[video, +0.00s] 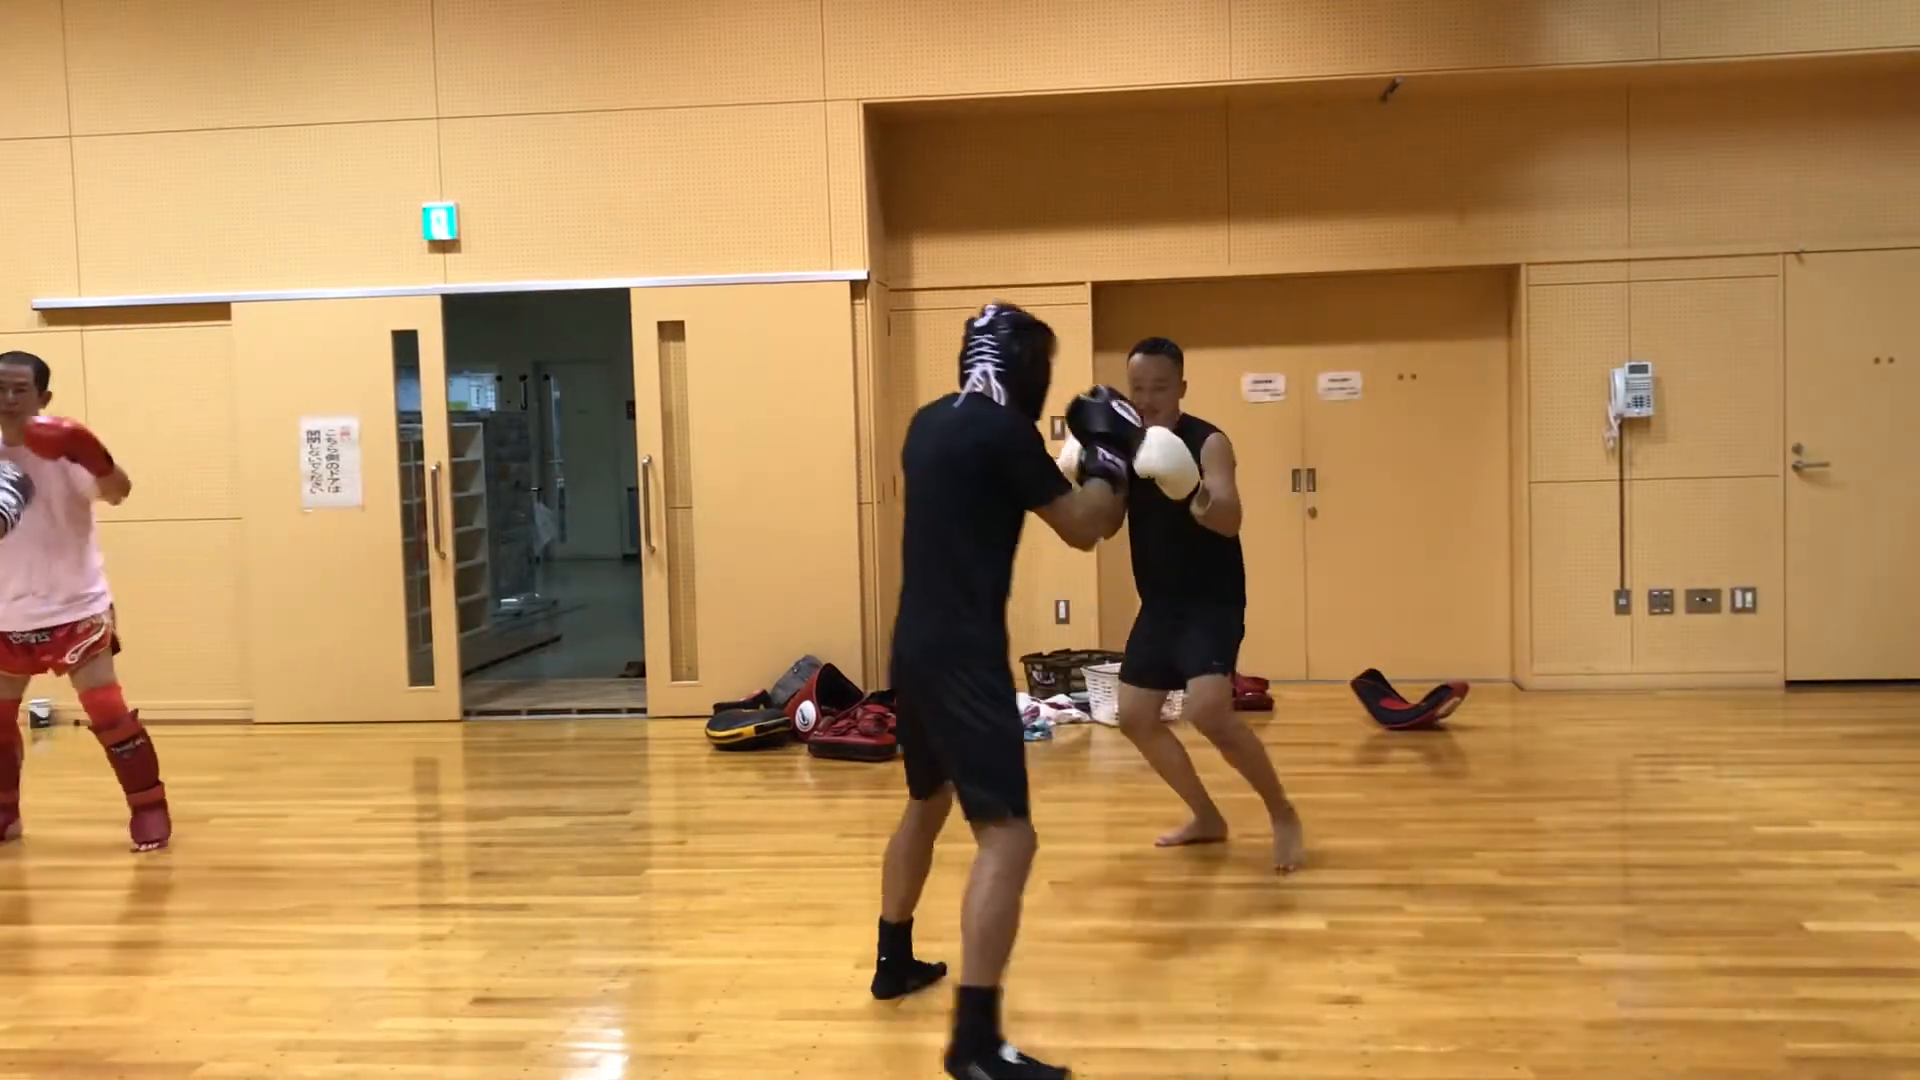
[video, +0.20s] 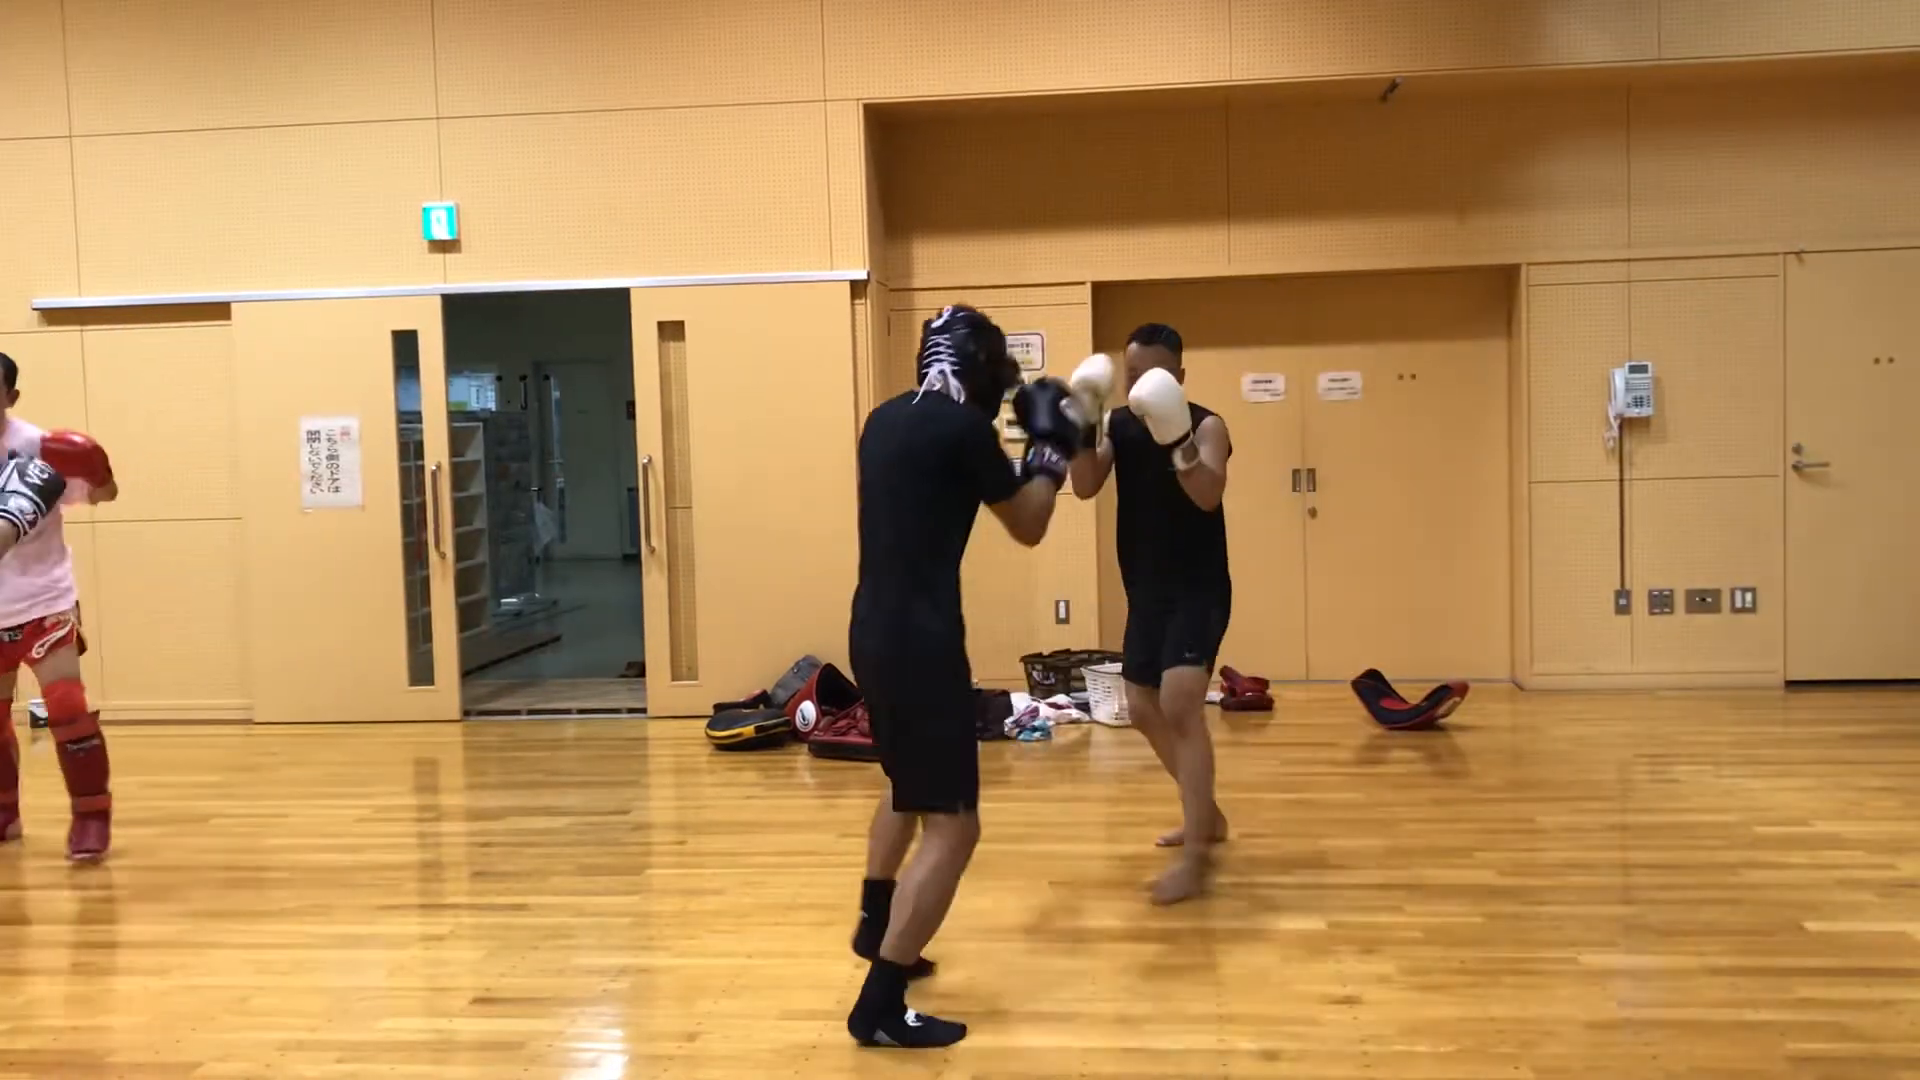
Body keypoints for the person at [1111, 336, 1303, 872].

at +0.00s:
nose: (1146, 401)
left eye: (1158, 389)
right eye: (1137, 389)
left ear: (1181, 387)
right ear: (1126, 388)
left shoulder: (1208, 441)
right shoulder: (1121, 442)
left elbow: (1230, 523)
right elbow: (1103, 526)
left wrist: (1191, 491)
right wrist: (1096, 459)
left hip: (1213, 599)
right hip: (1159, 601)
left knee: (1207, 711)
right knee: (1135, 714)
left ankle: (1282, 815)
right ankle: (1205, 818)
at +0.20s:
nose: (1131, 382)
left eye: (1142, 372)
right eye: (1128, 371)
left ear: (1172, 370)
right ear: (1127, 371)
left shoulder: (1205, 426)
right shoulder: (1119, 425)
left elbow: (1209, 495)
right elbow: (1084, 486)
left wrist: (1178, 440)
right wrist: (1082, 422)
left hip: (1198, 586)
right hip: (1146, 587)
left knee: (1181, 704)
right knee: (1142, 708)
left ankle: (1194, 860)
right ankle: (1205, 816)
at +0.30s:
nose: (1132, 389)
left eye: (1143, 379)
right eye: (1127, 379)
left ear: (1170, 379)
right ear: (1121, 381)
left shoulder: (1204, 435)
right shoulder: (1117, 430)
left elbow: (1202, 501)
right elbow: (1083, 485)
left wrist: (1175, 442)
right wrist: (1090, 419)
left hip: (1193, 594)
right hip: (1140, 593)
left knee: (1161, 718)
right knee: (1134, 718)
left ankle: (1183, 871)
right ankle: (1204, 815)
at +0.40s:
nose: (1130, 392)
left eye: (1142, 382)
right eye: (1126, 381)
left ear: (1168, 384)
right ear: (1120, 383)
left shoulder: (1202, 440)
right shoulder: (1116, 435)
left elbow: (1195, 506)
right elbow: (1081, 492)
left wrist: (1167, 445)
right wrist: (1088, 423)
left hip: (1191, 600)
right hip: (1140, 600)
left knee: (1155, 719)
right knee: (1132, 723)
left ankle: (1181, 873)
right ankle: (1205, 816)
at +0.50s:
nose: (1142, 401)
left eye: (1153, 390)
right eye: (1135, 390)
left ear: (1176, 387)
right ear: (1125, 392)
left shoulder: (1199, 436)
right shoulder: (1118, 437)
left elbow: (1171, 482)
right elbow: (1081, 488)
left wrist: (1135, 433)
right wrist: (1086, 423)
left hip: (1193, 600)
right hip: (1146, 602)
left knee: (1154, 718)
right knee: (1135, 719)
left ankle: (1182, 871)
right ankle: (1208, 817)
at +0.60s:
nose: (1129, 393)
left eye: (1140, 383)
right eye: (1125, 383)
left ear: (1173, 379)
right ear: (1121, 381)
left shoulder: (1193, 425)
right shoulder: (1131, 429)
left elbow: (1126, 433)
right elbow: (1086, 480)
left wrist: (1076, 413)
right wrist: (1088, 412)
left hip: (1197, 591)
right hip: (1155, 591)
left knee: (1159, 712)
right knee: (1140, 712)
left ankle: (1180, 869)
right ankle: (1208, 809)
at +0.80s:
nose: (1139, 396)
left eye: (1147, 385)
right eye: (1134, 387)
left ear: (1177, 382)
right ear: (1135, 393)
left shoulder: (1199, 430)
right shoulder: (1156, 440)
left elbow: (1165, 476)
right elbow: (1104, 492)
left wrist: (1131, 421)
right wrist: (1092, 435)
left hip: (1201, 597)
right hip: (1169, 597)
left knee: (1163, 709)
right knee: (1175, 708)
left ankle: (1181, 866)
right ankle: (1241, 806)